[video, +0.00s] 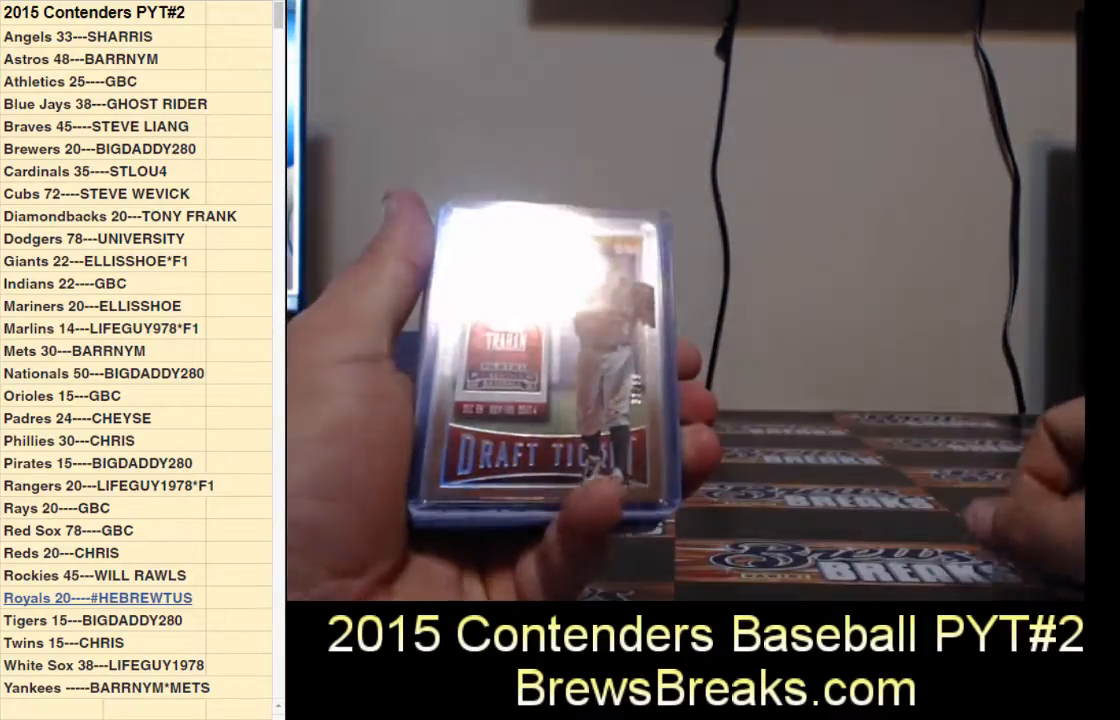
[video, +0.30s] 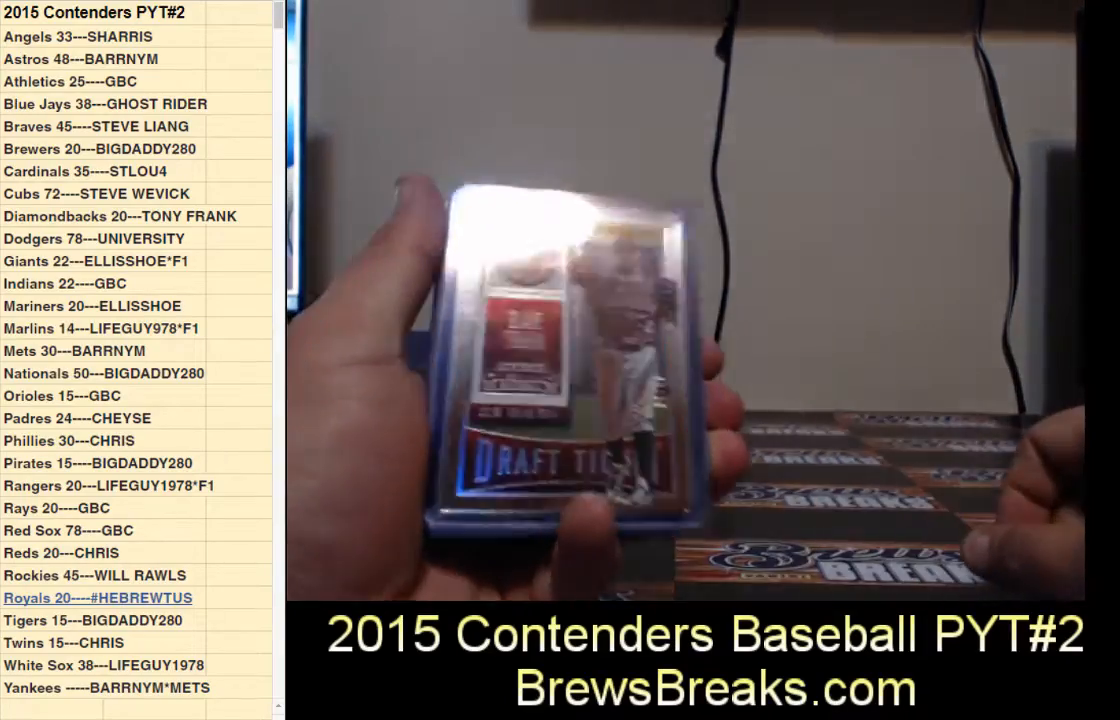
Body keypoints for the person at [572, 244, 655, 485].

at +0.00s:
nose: (611, 273)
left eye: (615, 269)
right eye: (607, 267)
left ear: (622, 267)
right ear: (601, 266)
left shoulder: (632, 290)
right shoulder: (592, 288)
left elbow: (651, 319)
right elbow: (579, 318)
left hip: (619, 350)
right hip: (590, 351)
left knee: (617, 410)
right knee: (588, 410)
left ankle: (620, 470)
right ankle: (595, 464)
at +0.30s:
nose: (628, 259)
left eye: (633, 252)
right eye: (622, 253)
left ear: (641, 255)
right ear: (614, 254)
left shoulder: (650, 284)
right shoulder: (603, 283)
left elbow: (666, 314)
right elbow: (577, 272)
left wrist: (670, 297)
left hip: (644, 350)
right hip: (610, 351)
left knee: (641, 418)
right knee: (612, 419)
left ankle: (644, 484)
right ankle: (618, 479)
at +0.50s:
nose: (662, 249)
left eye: (668, 243)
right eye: (657, 243)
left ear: (678, 249)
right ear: (650, 248)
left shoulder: (691, 283)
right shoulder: (639, 275)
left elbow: (709, 321)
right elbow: (622, 266)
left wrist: (711, 304)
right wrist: (612, 259)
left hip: (677, 361)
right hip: (643, 361)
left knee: (672, 430)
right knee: (641, 432)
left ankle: (673, 500)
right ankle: (645, 490)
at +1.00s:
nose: (673, 211)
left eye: (680, 205)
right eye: (668, 205)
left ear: (691, 211)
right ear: (660, 210)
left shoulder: (702, 249)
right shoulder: (646, 241)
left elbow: (724, 292)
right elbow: (628, 234)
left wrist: (725, 274)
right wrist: (617, 225)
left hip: (689, 335)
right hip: (652, 334)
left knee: (682, 410)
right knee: (650, 411)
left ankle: (683, 485)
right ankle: (655, 470)